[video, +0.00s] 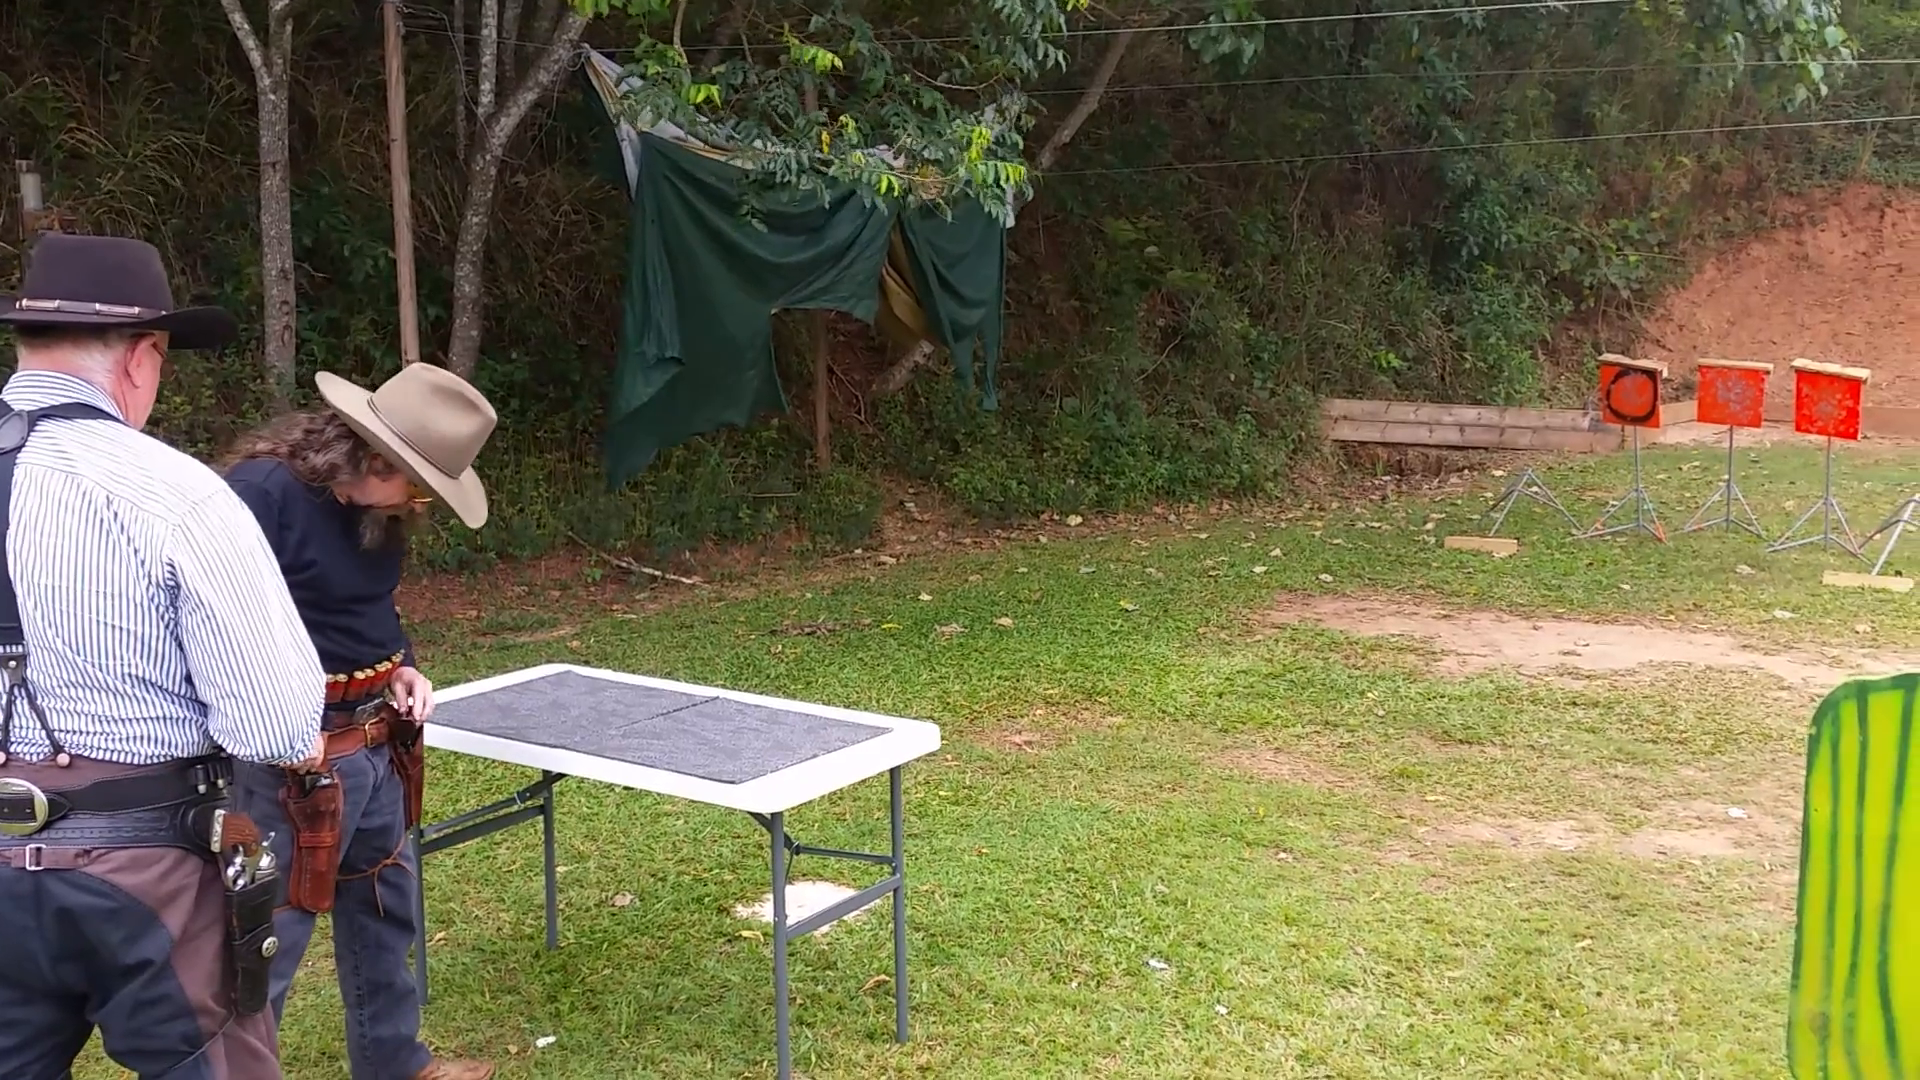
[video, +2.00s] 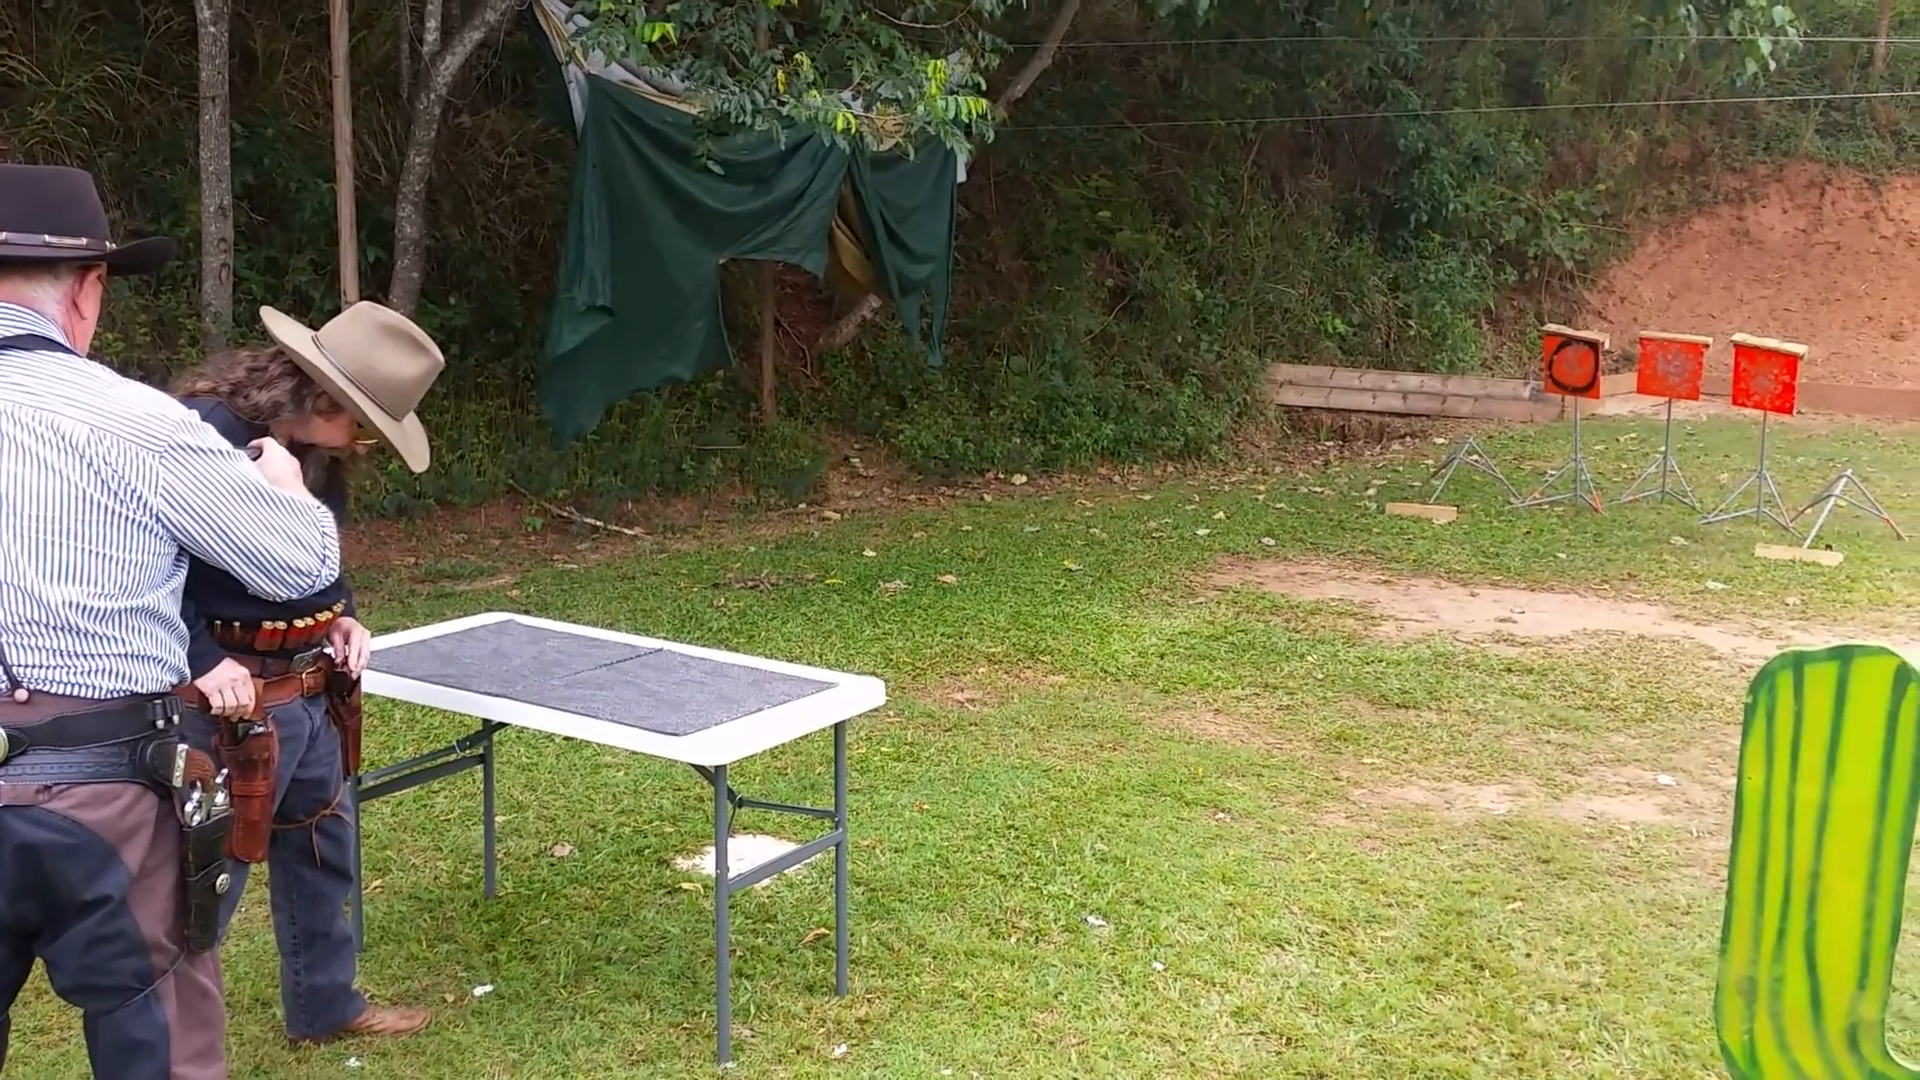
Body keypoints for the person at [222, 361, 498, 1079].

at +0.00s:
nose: (418, 507)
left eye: (427, 496)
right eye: (419, 492)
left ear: (392, 469)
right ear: (385, 462)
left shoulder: (375, 518)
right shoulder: (264, 492)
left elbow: (372, 609)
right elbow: (209, 616)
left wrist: (403, 665)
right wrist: (266, 727)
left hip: (371, 751)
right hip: (282, 762)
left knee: (384, 923)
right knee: (269, 943)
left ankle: (391, 1060)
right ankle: (239, 1065)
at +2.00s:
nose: (357, 445)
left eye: (366, 434)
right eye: (359, 429)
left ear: (336, 409)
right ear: (328, 402)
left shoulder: (309, 460)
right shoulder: (200, 439)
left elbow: (304, 561)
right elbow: (151, 569)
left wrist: (336, 618)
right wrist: (202, 656)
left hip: (307, 694)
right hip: (225, 706)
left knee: (321, 854)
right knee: (206, 883)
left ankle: (324, 1006)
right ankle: (168, 1033)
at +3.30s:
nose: (322, 378)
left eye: (324, 362)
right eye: (318, 360)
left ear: (245, 341)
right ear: (282, 357)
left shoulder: (222, 408)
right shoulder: (212, 412)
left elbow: (236, 524)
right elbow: (263, 553)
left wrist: (297, 562)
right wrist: (303, 623)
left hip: (254, 666)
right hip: (197, 673)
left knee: (287, 825)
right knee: (175, 859)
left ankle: (291, 986)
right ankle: (131, 1006)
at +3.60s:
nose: (290, 332)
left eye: (289, 318)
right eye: (283, 319)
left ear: (207, 322)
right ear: (254, 324)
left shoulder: (178, 383)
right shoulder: (221, 388)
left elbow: (200, 493)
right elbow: (250, 510)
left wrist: (287, 481)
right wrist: (322, 501)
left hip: (226, 657)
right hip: (190, 663)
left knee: (271, 821)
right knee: (182, 855)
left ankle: (284, 981)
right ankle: (120, 1007)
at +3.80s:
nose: (276, 326)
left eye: (272, 312)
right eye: (267, 314)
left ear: (191, 321)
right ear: (235, 324)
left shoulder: (152, 386)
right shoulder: (231, 404)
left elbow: (264, 441)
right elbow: (340, 478)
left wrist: (353, 416)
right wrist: (398, 444)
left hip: (179, 643)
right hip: (202, 656)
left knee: (268, 811)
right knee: (189, 849)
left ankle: (278, 978)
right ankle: (116, 1010)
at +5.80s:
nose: (280, 338)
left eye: (277, 324)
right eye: (272, 324)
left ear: (196, 324)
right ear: (237, 327)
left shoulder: (146, 381)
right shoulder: (223, 397)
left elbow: (299, 388)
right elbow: (333, 413)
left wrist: (401, 358)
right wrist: (426, 384)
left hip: (128, 643)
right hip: (168, 654)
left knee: (236, 814)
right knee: (149, 857)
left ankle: (245, 982)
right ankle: (74, 1016)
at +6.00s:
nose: (279, 338)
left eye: (276, 324)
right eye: (269, 323)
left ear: (192, 325)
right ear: (233, 328)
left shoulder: (141, 384)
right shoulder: (224, 399)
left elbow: (304, 391)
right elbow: (336, 414)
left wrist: (401, 364)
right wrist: (429, 386)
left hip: (125, 651)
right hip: (160, 663)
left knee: (235, 814)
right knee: (146, 864)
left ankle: (244, 982)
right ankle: (71, 1019)